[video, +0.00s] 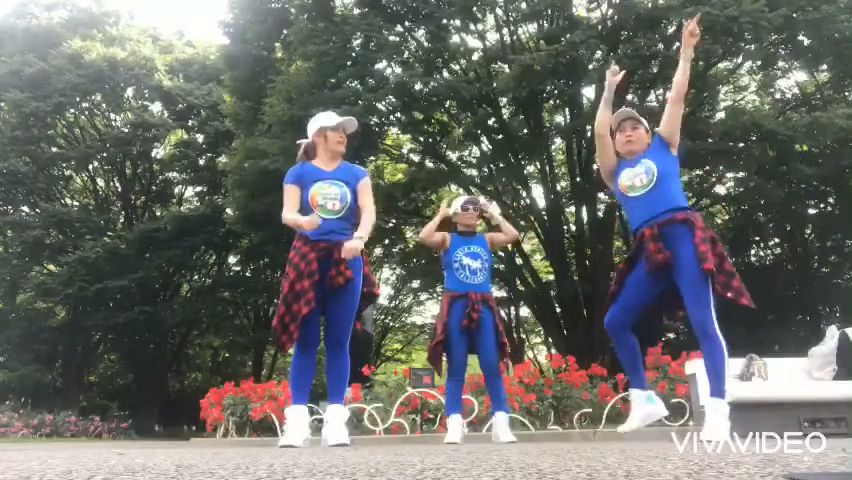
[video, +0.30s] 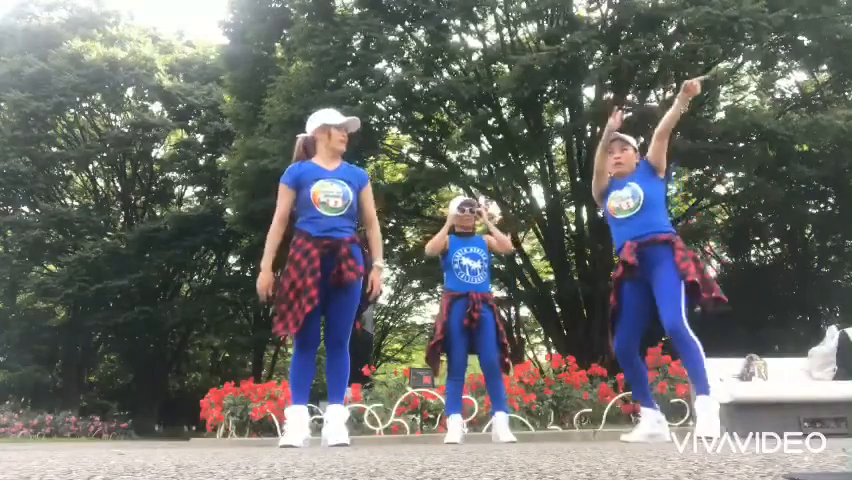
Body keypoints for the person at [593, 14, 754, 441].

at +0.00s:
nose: (628, 133)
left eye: (634, 127)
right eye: (621, 130)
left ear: (646, 132)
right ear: (614, 141)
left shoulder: (663, 145)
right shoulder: (614, 170)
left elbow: (676, 96)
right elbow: (601, 130)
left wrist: (687, 49)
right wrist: (609, 90)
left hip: (681, 233)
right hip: (649, 248)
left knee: (702, 319)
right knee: (616, 321)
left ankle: (717, 407)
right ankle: (644, 400)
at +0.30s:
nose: (617, 154)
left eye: (623, 149)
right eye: (611, 151)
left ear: (636, 155)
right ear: (607, 160)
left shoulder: (650, 170)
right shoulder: (605, 190)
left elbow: (662, 132)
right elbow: (600, 165)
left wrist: (682, 99)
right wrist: (608, 131)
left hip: (662, 253)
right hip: (631, 267)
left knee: (674, 324)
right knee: (624, 345)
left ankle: (704, 402)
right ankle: (652, 419)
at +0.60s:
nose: (608, 171)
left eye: (613, 165)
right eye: (601, 168)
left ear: (625, 167)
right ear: (595, 176)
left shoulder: (635, 182)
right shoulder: (599, 206)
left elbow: (649, 182)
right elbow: (593, 229)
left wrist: (674, 181)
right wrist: (600, 229)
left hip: (660, 263)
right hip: (633, 276)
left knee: (668, 335)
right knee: (605, 333)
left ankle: (687, 409)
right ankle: (631, 402)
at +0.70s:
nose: (606, 175)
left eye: (611, 170)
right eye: (599, 171)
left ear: (622, 173)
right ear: (594, 178)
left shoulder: (631, 191)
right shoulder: (594, 211)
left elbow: (646, 202)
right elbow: (589, 241)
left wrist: (669, 211)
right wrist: (595, 255)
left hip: (649, 266)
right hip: (624, 276)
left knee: (667, 336)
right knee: (617, 349)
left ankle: (688, 410)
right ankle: (630, 416)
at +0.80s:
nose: (605, 181)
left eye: (611, 175)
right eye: (599, 176)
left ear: (622, 178)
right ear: (593, 182)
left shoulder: (630, 199)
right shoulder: (592, 215)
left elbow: (646, 223)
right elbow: (585, 248)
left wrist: (667, 241)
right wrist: (589, 270)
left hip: (641, 269)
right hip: (615, 280)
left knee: (655, 334)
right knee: (619, 351)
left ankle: (689, 408)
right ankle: (635, 420)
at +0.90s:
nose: (604, 182)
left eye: (609, 177)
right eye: (598, 178)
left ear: (620, 181)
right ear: (591, 183)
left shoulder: (629, 202)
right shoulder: (591, 218)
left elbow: (647, 238)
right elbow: (585, 254)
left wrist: (665, 274)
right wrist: (585, 285)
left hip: (639, 274)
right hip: (612, 283)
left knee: (632, 336)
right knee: (613, 353)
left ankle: (684, 399)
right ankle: (635, 420)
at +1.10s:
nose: (606, 178)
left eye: (612, 172)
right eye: (600, 172)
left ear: (621, 176)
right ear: (592, 176)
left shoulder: (632, 199)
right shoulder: (586, 213)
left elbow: (653, 236)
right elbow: (586, 255)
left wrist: (670, 275)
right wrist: (589, 287)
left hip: (640, 270)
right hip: (608, 278)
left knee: (637, 332)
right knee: (616, 349)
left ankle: (667, 398)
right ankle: (634, 419)